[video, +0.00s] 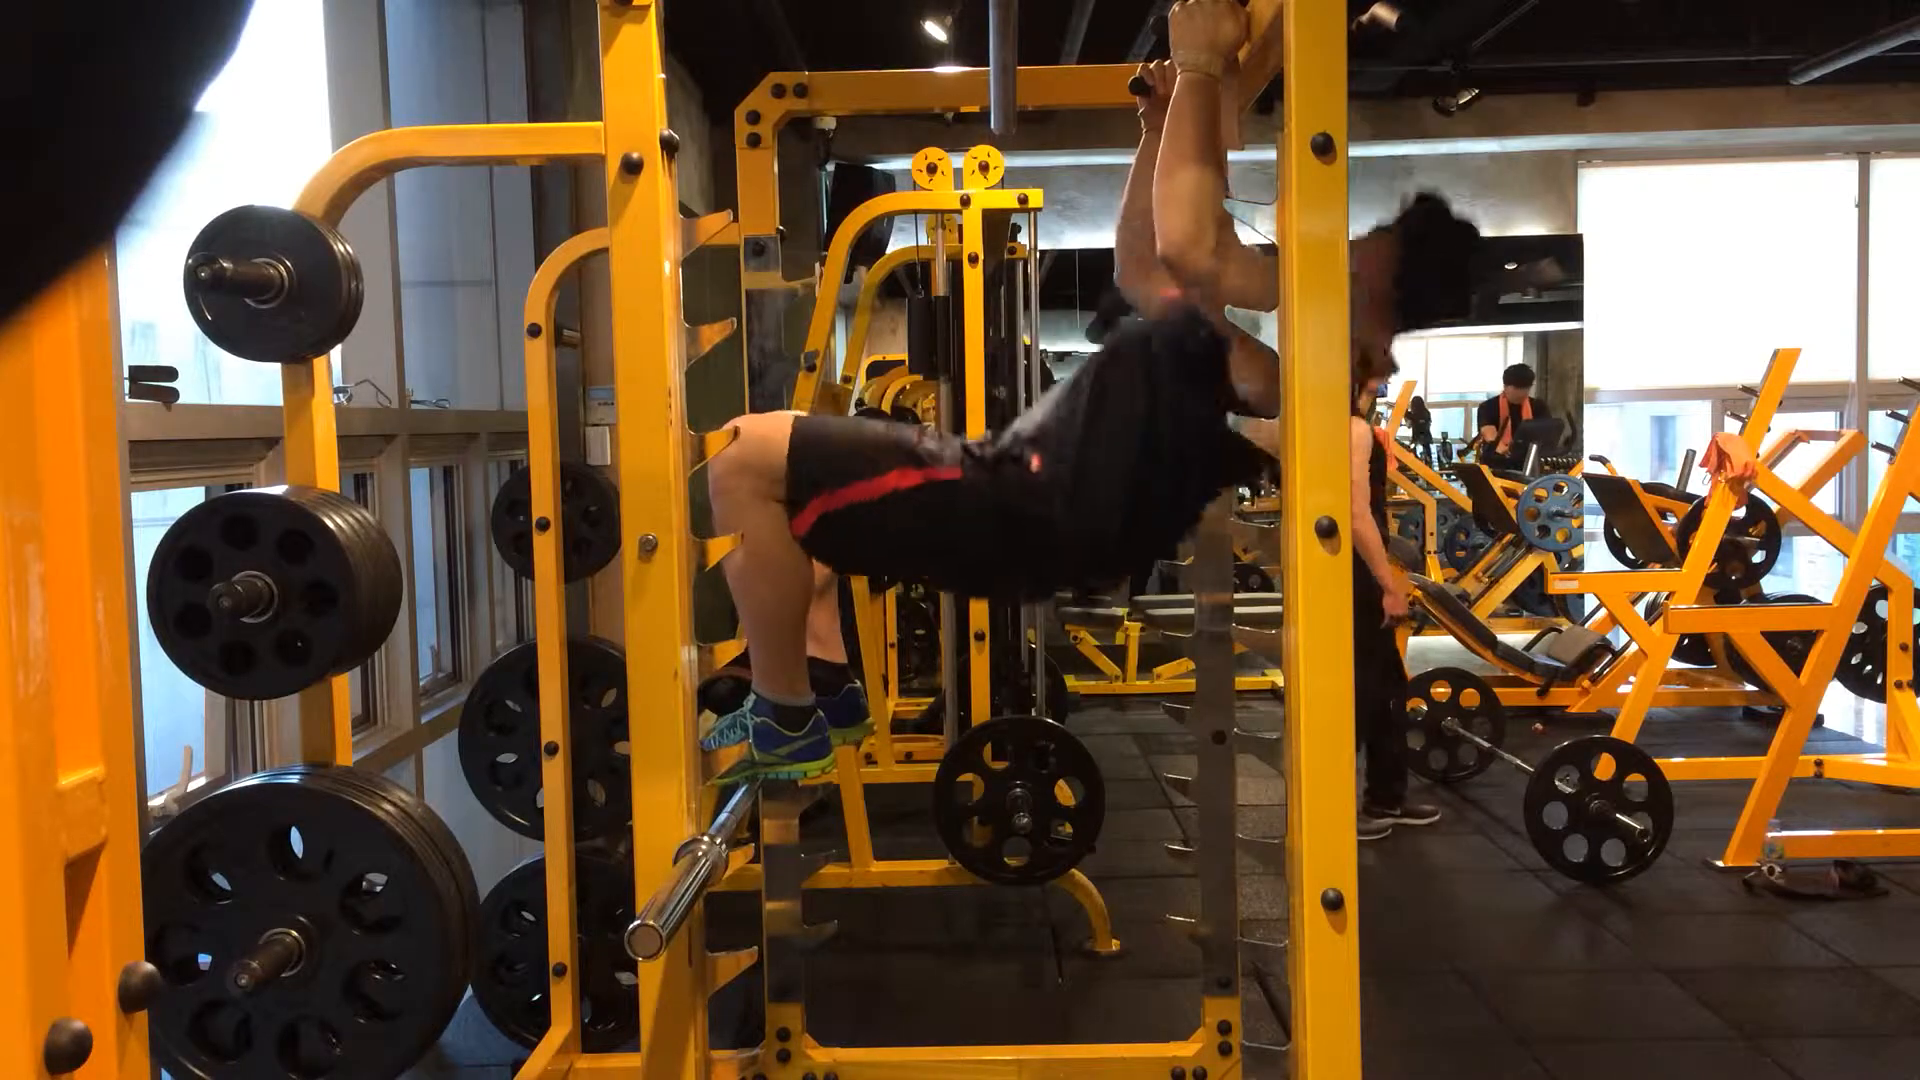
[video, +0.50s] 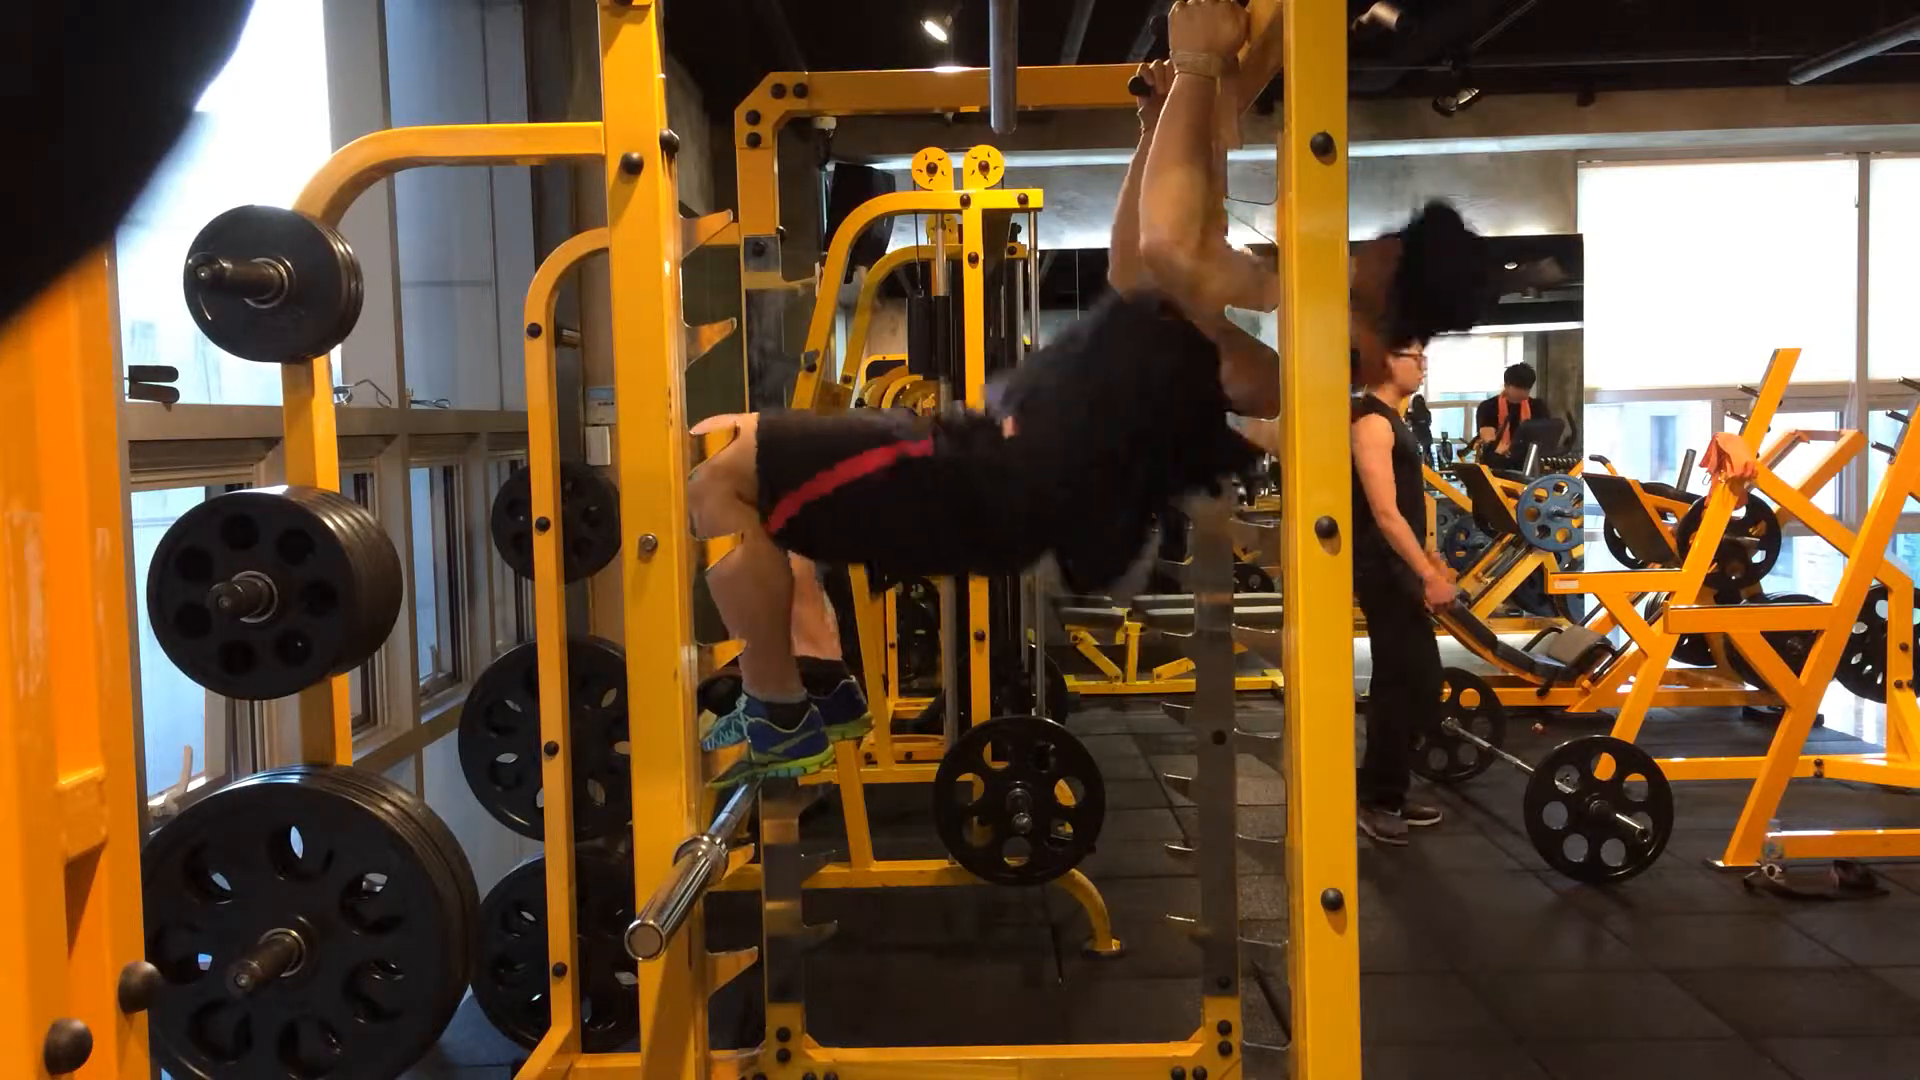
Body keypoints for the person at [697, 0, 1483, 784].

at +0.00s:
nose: (1355, 239)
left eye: (1376, 236)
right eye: (1372, 230)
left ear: (1394, 268)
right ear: (1412, 296)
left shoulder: (1346, 335)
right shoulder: (1305, 355)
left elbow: (1197, 254)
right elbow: (1142, 274)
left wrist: (1204, 71)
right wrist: (1151, 131)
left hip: (1028, 512)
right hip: (1022, 483)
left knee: (745, 465)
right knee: (767, 436)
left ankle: (783, 713)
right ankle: (820, 669)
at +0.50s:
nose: (1353, 251)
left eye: (1376, 256)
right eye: (1368, 246)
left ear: (1391, 300)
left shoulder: (1329, 376)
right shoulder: (1310, 337)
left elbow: (1192, 269)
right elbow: (1139, 266)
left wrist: (1207, 70)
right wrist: (1169, 105)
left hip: (1019, 488)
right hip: (1008, 447)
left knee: (725, 487)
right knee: (729, 439)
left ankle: (776, 712)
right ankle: (821, 670)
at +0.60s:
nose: (1362, 180)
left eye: (1380, 185)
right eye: (1377, 177)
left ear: (1382, 217)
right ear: (1411, 262)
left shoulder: (1301, 281)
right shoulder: (1311, 278)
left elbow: (1164, 240)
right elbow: (1188, 213)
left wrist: (1199, 64)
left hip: (1018, 431)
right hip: (1013, 395)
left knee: (725, 483)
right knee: (729, 436)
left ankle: (776, 714)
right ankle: (819, 668)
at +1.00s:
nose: (1362, 164)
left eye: (1383, 169)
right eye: (1377, 157)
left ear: (1395, 225)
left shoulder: (1325, 283)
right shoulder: (1316, 274)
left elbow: (1181, 247)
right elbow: (1146, 236)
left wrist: (1205, 68)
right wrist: (1188, 92)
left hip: (1009, 445)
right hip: (1015, 418)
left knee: (735, 463)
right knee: (759, 428)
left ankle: (782, 713)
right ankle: (821, 663)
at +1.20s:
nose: (1342, 255)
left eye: (1368, 256)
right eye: (1358, 247)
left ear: (1389, 306)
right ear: (1373, 294)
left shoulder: (1302, 393)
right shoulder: (1259, 359)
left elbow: (1197, 257)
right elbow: (1144, 275)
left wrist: (1205, 74)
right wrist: (1159, 127)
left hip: (1007, 549)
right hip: (996, 509)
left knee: (742, 466)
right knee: (769, 438)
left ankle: (783, 712)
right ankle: (823, 671)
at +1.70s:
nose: (1356, 185)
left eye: (1382, 186)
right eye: (1371, 175)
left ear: (1410, 236)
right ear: (1385, 221)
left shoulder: (1343, 295)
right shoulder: (1327, 312)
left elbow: (1190, 252)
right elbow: (1137, 255)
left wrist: (1208, 68)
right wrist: (1170, 104)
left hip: (1025, 472)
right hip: (1023, 447)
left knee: (740, 471)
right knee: (752, 431)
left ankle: (782, 714)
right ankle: (821, 664)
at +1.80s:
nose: (1357, 119)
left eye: (1382, 120)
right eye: (1370, 105)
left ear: (1412, 172)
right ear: (1362, 125)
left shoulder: (1339, 250)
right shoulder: (1315, 210)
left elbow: (1185, 241)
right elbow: (1157, 216)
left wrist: (1203, 71)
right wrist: (1190, 90)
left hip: (1057, 423)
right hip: (1039, 387)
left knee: (745, 460)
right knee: (768, 431)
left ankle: (783, 714)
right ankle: (821, 670)